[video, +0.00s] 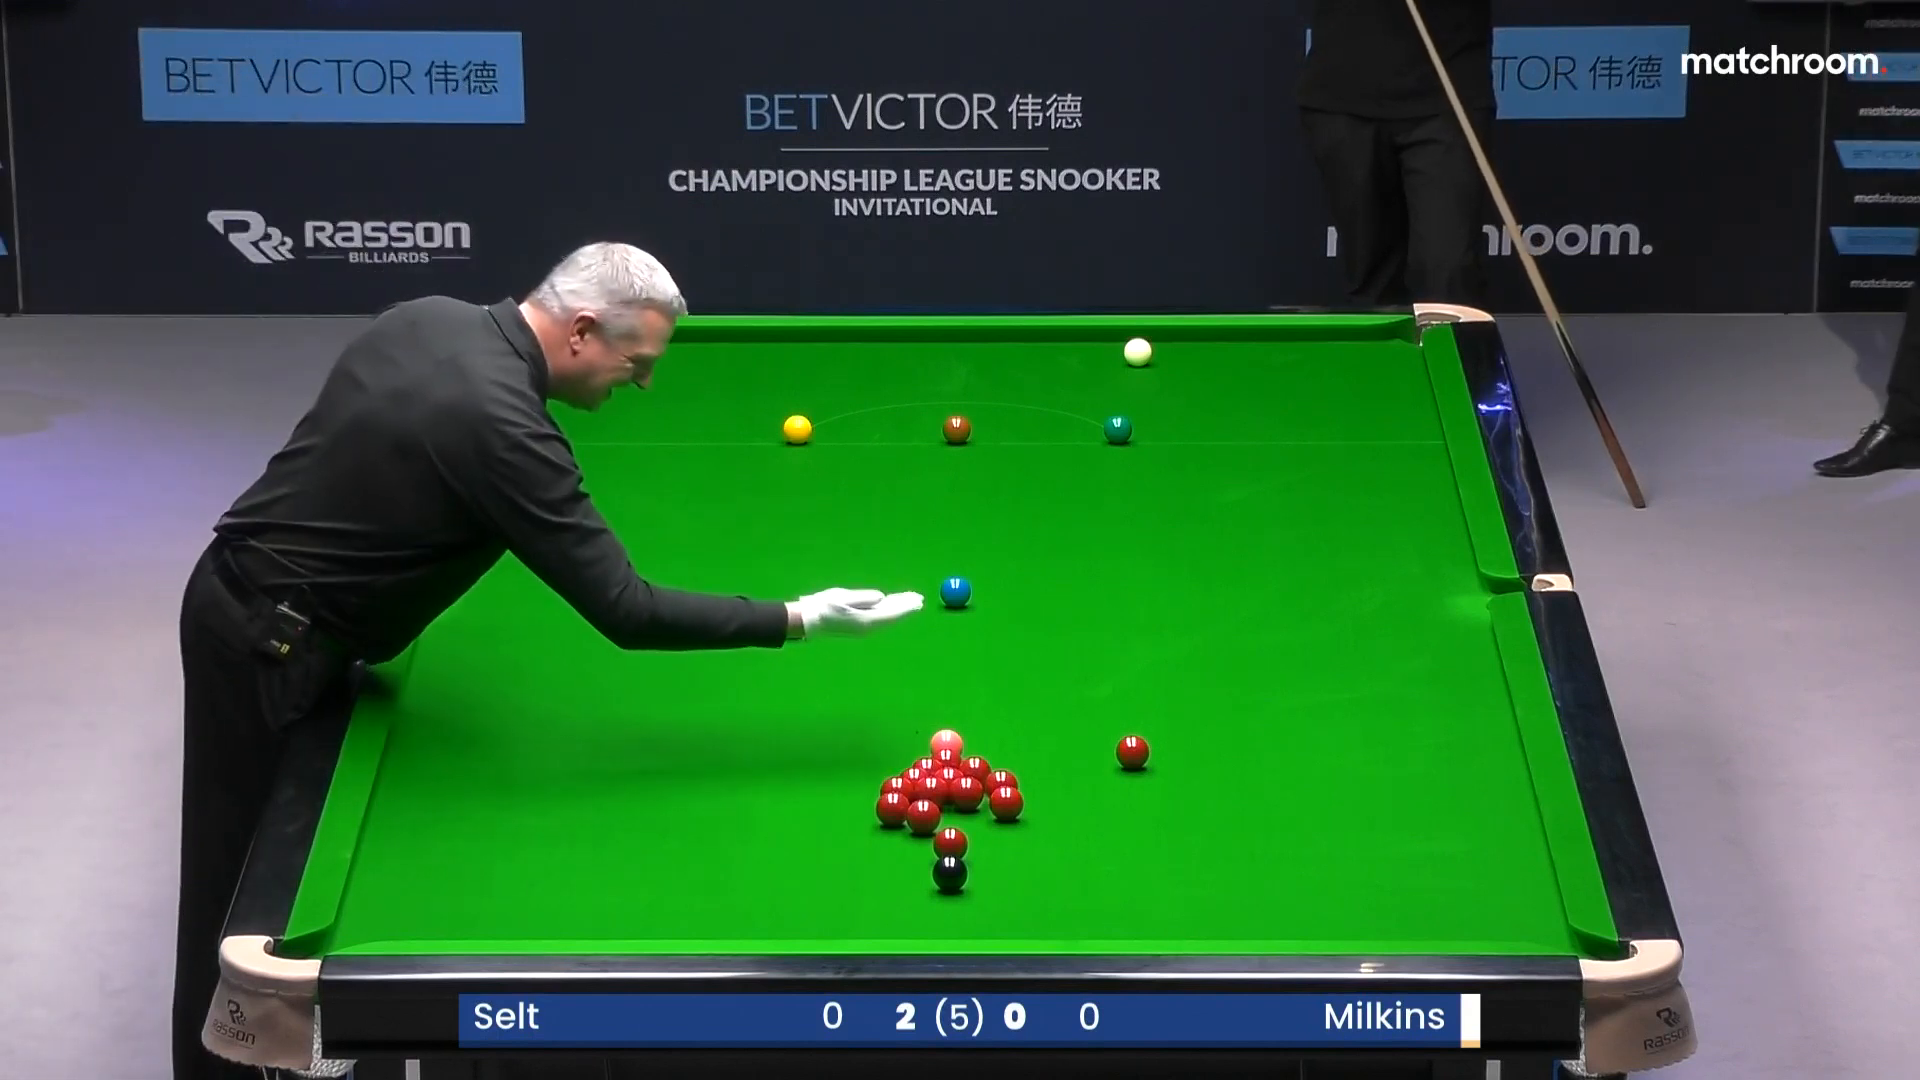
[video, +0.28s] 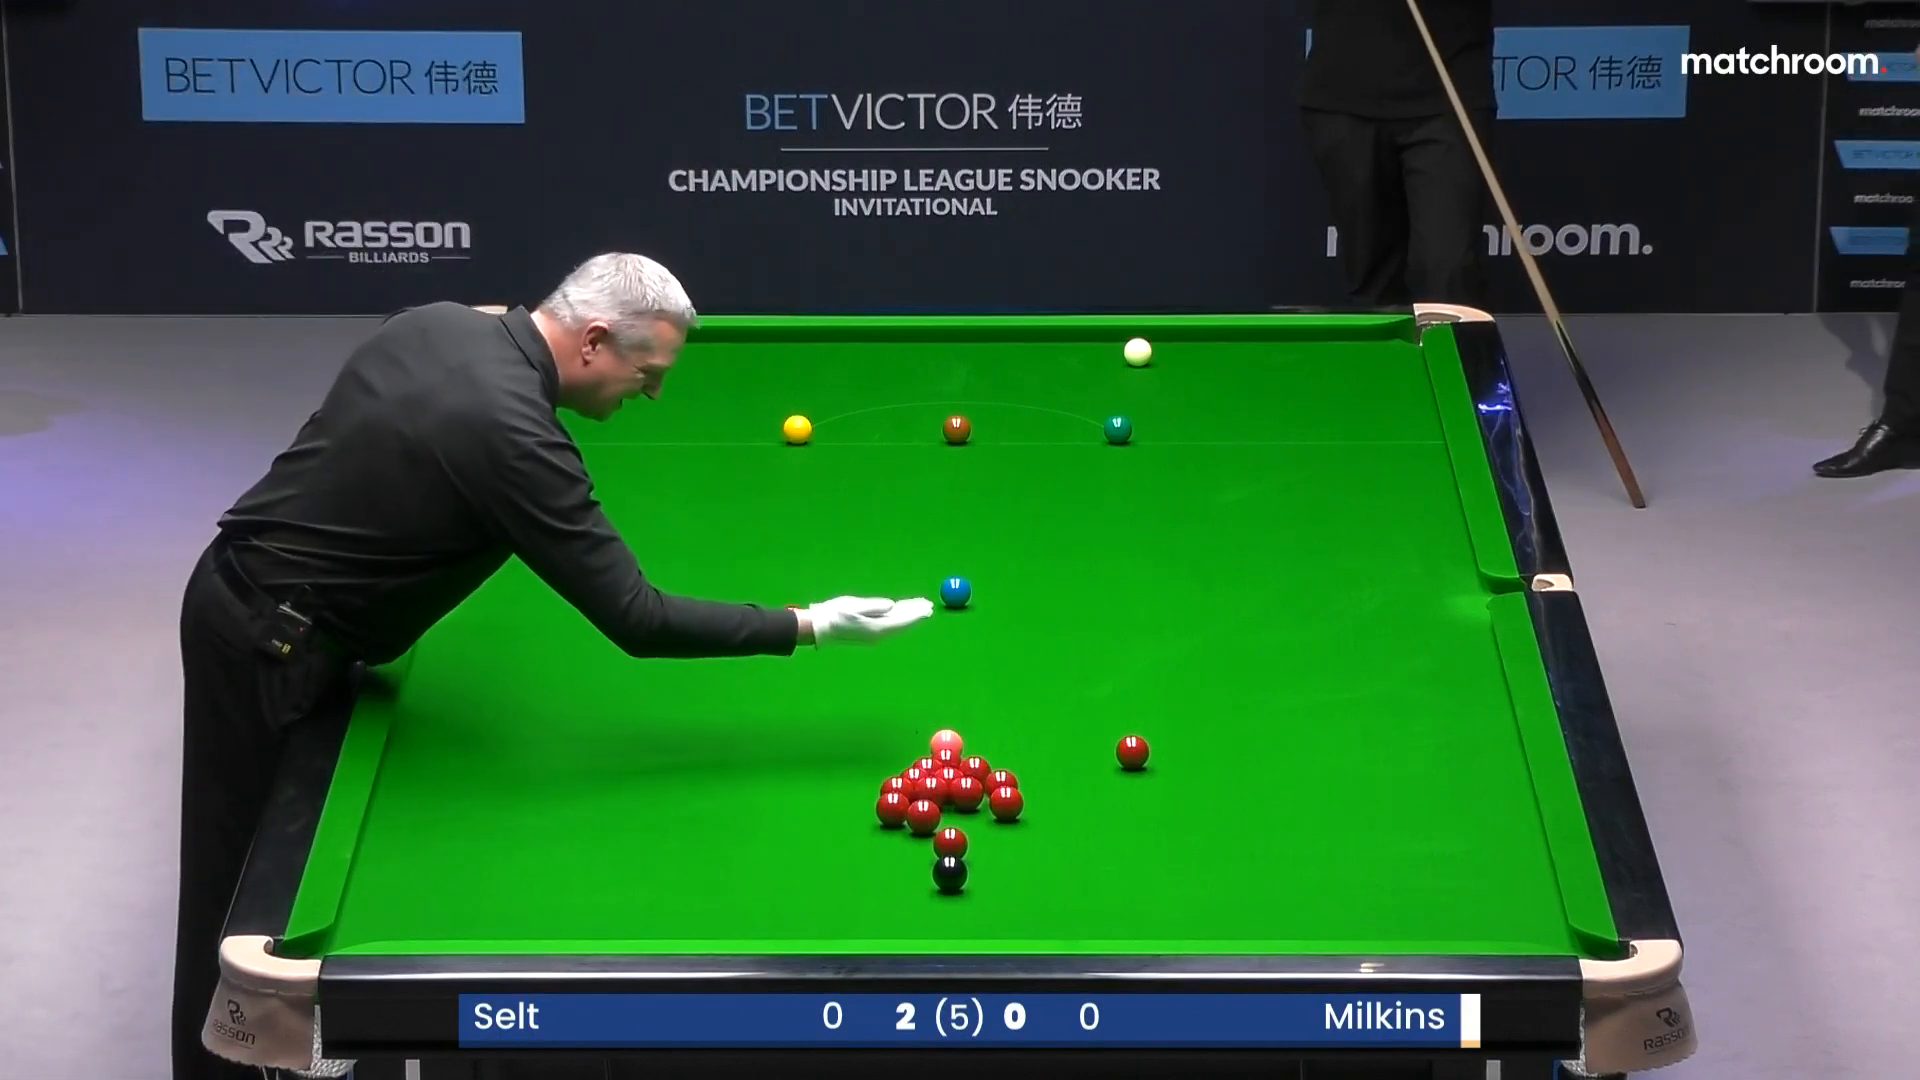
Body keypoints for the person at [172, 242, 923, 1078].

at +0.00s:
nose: (637, 383)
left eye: (646, 367)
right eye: (636, 363)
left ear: (565, 316)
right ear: (577, 328)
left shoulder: (427, 319)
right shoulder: (506, 428)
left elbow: (333, 451)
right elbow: (626, 607)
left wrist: (350, 607)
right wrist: (794, 616)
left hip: (236, 591)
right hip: (275, 635)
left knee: (244, 865)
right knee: (242, 881)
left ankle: (232, 1050)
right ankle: (215, 1059)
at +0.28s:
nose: (647, 393)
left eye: (655, 377)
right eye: (647, 373)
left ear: (576, 326)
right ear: (590, 338)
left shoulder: (441, 326)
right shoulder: (515, 431)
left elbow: (343, 452)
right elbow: (635, 614)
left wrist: (359, 613)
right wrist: (804, 623)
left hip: (239, 591)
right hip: (277, 635)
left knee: (247, 870)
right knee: (243, 888)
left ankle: (236, 1043)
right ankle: (218, 1055)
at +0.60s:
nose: (663, 408)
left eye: (672, 393)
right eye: (664, 389)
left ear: (593, 334)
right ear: (609, 353)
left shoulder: (457, 331)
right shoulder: (545, 460)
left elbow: (361, 445)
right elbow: (665, 634)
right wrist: (841, 679)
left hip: (243, 583)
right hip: (279, 637)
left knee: (251, 868)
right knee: (242, 885)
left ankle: (233, 1046)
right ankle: (210, 1058)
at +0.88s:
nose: (656, 396)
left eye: (666, 379)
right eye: (657, 375)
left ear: (589, 327)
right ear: (605, 339)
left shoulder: (454, 327)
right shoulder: (525, 438)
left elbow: (343, 448)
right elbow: (624, 633)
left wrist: (367, 614)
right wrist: (786, 632)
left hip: (243, 584)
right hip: (277, 634)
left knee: (243, 876)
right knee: (246, 891)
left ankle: (228, 1051)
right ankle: (216, 1058)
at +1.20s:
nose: (655, 393)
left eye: (666, 376)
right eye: (656, 372)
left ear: (584, 318)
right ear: (601, 334)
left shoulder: (446, 326)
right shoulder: (524, 432)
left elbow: (339, 448)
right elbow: (629, 631)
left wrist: (362, 615)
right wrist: (797, 675)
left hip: (240, 587)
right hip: (276, 635)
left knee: (240, 878)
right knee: (247, 892)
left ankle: (225, 1056)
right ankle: (219, 1063)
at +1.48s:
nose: (663, 404)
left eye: (673, 387)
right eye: (664, 383)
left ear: (592, 334)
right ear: (609, 349)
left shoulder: (451, 331)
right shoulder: (538, 451)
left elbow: (340, 441)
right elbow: (658, 617)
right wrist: (827, 692)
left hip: (242, 585)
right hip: (284, 636)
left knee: (242, 868)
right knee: (252, 886)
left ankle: (227, 1045)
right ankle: (219, 1054)